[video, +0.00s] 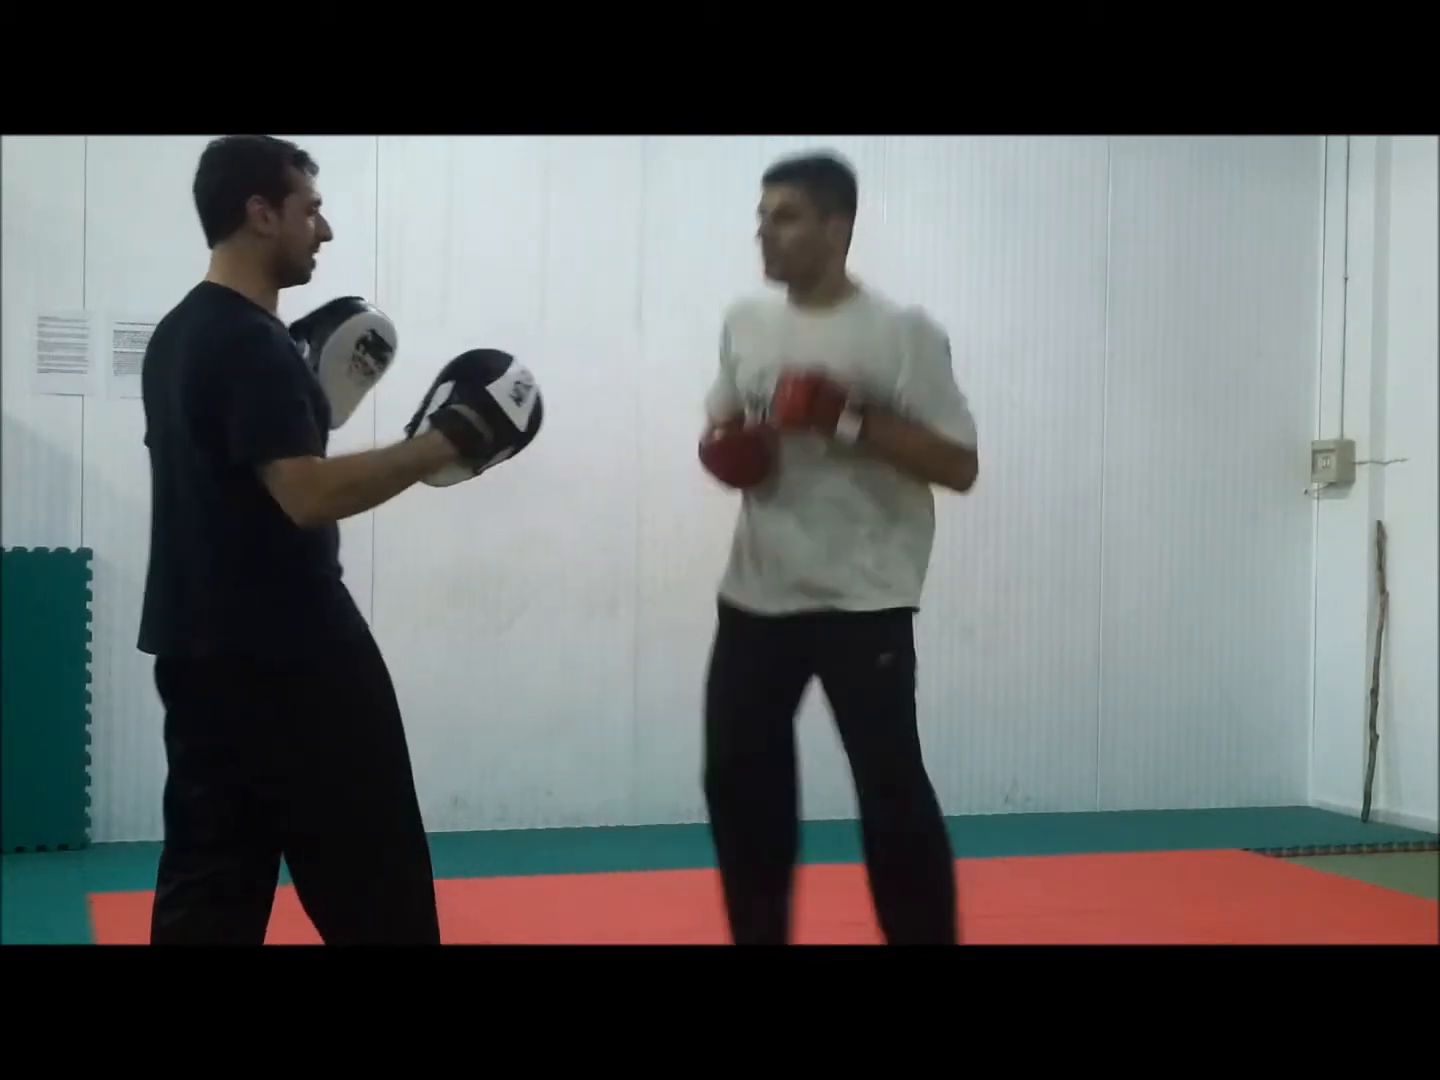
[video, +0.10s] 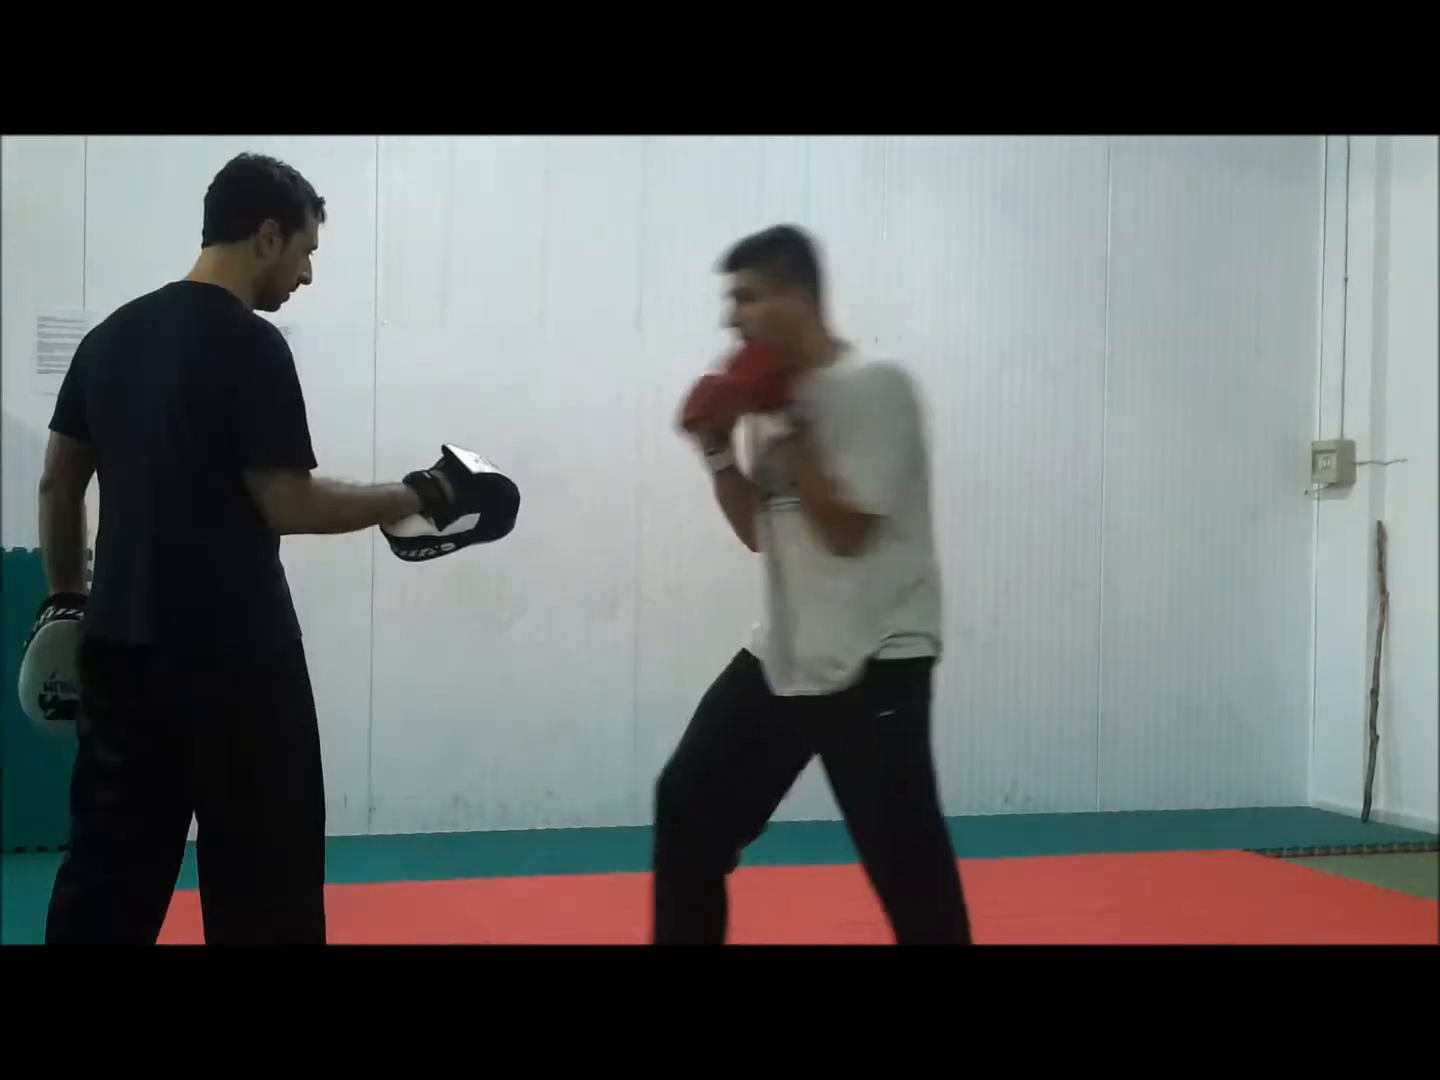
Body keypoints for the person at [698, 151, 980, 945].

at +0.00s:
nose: (765, 231)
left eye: (784, 218)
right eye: (763, 217)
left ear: (838, 226)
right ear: (766, 226)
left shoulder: (906, 335)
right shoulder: (748, 324)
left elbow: (960, 467)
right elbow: (723, 428)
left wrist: (852, 417)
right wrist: (730, 453)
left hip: (866, 605)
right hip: (759, 602)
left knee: (892, 794)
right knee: (740, 791)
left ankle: (924, 939)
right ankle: (758, 939)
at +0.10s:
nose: (735, 317)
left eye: (750, 298)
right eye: (731, 300)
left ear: (803, 296)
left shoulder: (876, 387)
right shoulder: (770, 396)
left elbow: (849, 535)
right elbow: (758, 533)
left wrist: (796, 439)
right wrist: (718, 453)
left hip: (877, 661)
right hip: (789, 654)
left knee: (907, 862)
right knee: (689, 806)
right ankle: (686, 945)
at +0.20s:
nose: (671, 341)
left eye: (681, 320)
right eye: (668, 325)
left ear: (731, 312)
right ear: (733, 319)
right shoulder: (780, 383)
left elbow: (762, 531)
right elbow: (764, 521)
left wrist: (688, 467)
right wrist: (688, 457)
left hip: (831, 660)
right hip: (774, 660)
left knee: (869, 849)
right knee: (683, 820)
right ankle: (641, 941)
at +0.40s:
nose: (571, 401)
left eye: (575, 377)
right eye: (565, 385)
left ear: (618, 357)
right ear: (625, 361)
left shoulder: (667, 406)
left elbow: (687, 550)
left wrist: (612, 494)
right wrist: (669, 636)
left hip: (777, 670)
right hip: (706, 677)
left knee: (844, 866)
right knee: (608, 835)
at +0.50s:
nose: (542, 371)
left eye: (546, 347)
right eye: (532, 363)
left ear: (598, 333)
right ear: (543, 384)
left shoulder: (698, 376)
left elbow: (734, 473)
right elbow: (667, 569)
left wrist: (653, 424)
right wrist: (636, 666)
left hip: (788, 662)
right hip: (678, 684)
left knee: (858, 849)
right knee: (600, 878)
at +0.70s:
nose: (514, 358)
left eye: (518, 337)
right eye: (500, 361)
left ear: (561, 329)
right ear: (508, 384)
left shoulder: (669, 383)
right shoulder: (535, 448)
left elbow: (741, 477)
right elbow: (586, 570)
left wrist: (645, 413)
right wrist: (601, 466)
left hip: (760, 638)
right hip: (646, 667)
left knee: (863, 799)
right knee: (601, 862)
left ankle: (867, 938)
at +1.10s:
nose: (538, 327)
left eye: (550, 305)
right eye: (533, 311)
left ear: (605, 296)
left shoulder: (687, 369)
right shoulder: (598, 405)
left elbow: (711, 506)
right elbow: (632, 539)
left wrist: (606, 438)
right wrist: (564, 518)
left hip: (749, 640)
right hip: (652, 657)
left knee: (824, 829)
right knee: (605, 844)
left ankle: (897, 941)